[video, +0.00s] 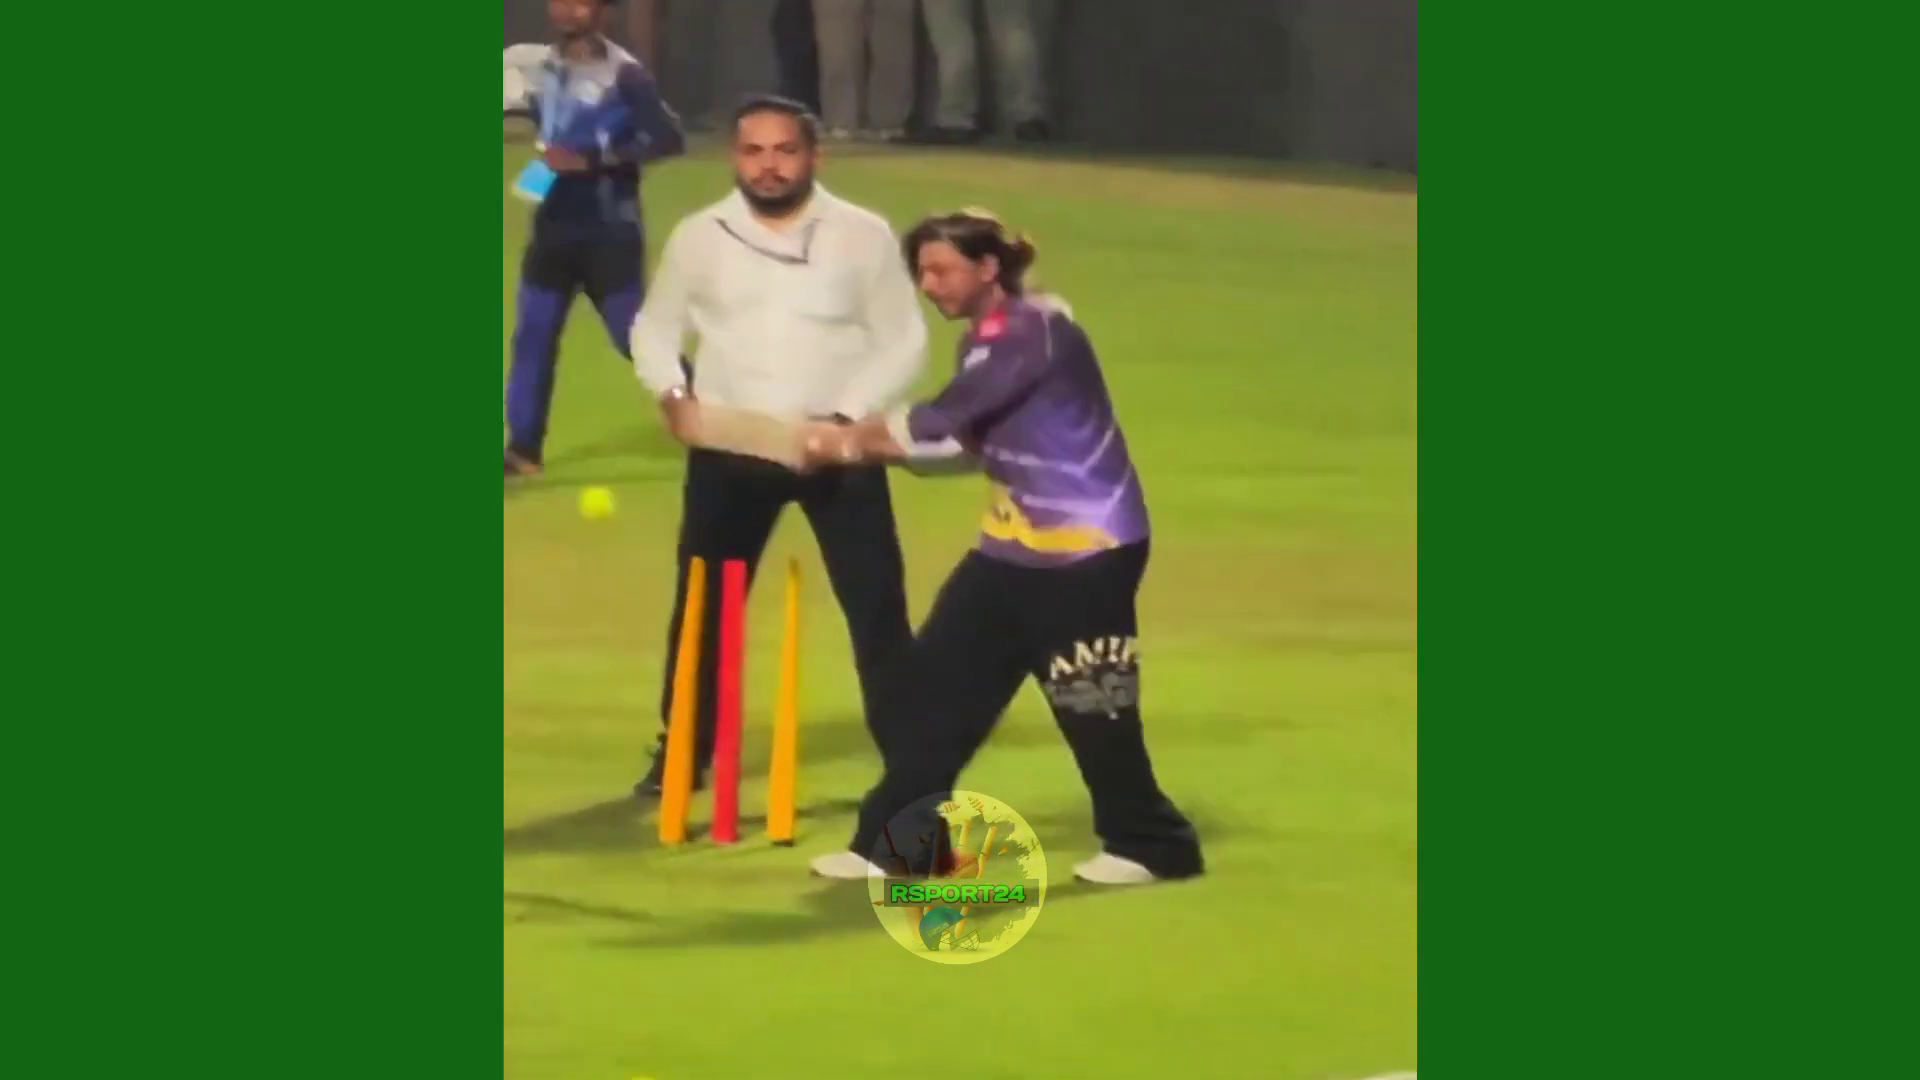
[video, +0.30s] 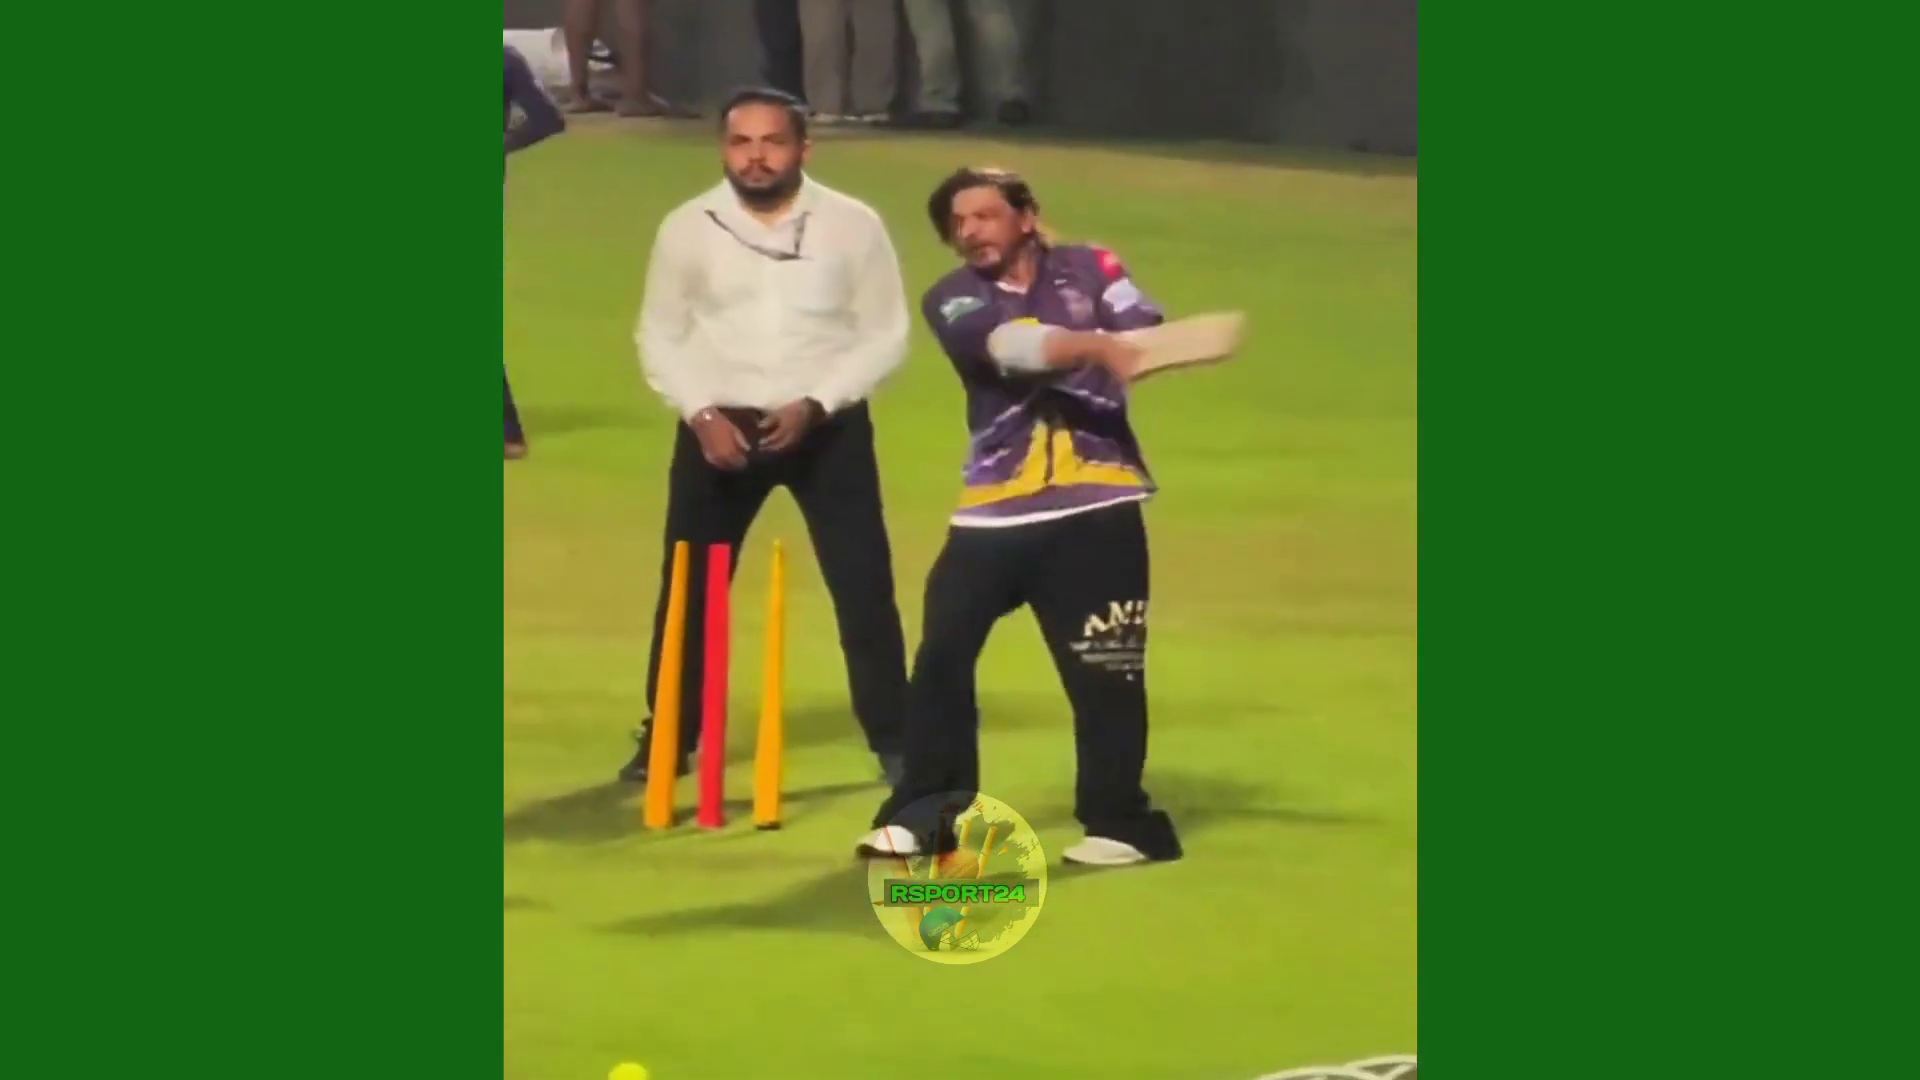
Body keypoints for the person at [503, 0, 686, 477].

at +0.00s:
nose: (565, 11)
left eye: (575, 4)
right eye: (559, 4)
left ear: (597, 10)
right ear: (552, 11)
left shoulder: (625, 73)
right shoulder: (547, 68)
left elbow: (668, 138)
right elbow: (545, 121)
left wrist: (593, 160)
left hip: (611, 231)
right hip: (555, 226)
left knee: (632, 335)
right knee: (534, 335)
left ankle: (690, 387)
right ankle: (524, 448)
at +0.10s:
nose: (513, 4)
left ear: (546, 5)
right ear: (506, 8)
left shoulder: (583, 59)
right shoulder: (503, 61)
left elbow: (632, 122)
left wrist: (555, 149)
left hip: (555, 223)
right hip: (504, 223)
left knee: (541, 327)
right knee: (509, 331)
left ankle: (640, 395)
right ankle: (514, 437)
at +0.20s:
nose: (498, 21)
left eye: (501, 16)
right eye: (497, 17)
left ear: (511, 19)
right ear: (501, 23)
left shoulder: (540, 59)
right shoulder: (499, 61)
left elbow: (595, 118)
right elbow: (591, 117)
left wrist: (532, 143)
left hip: (519, 206)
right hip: (493, 204)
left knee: (493, 313)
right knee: (495, 315)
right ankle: (533, 405)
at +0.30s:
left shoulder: (505, 60)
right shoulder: (506, 60)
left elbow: (548, 120)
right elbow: (547, 119)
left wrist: (504, 144)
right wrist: (507, 143)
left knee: (485, 326)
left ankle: (508, 426)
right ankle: (505, 425)